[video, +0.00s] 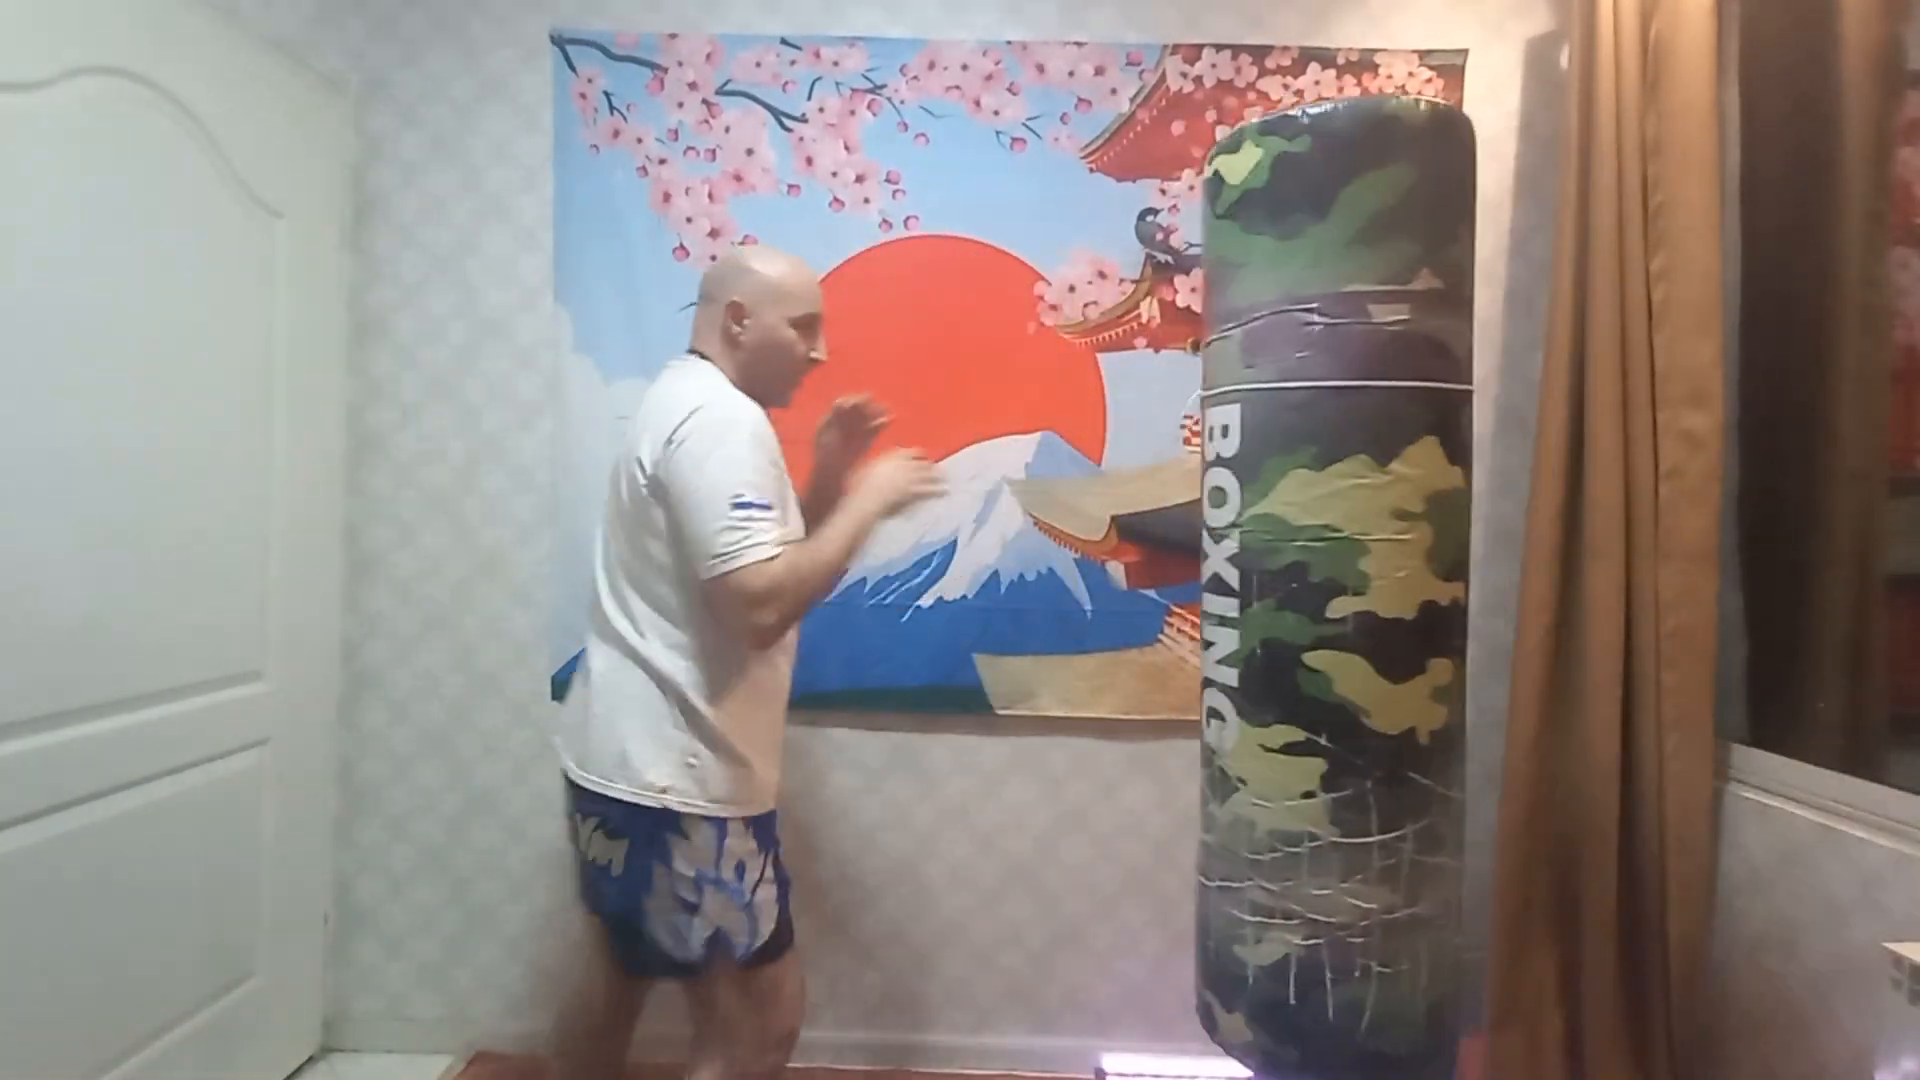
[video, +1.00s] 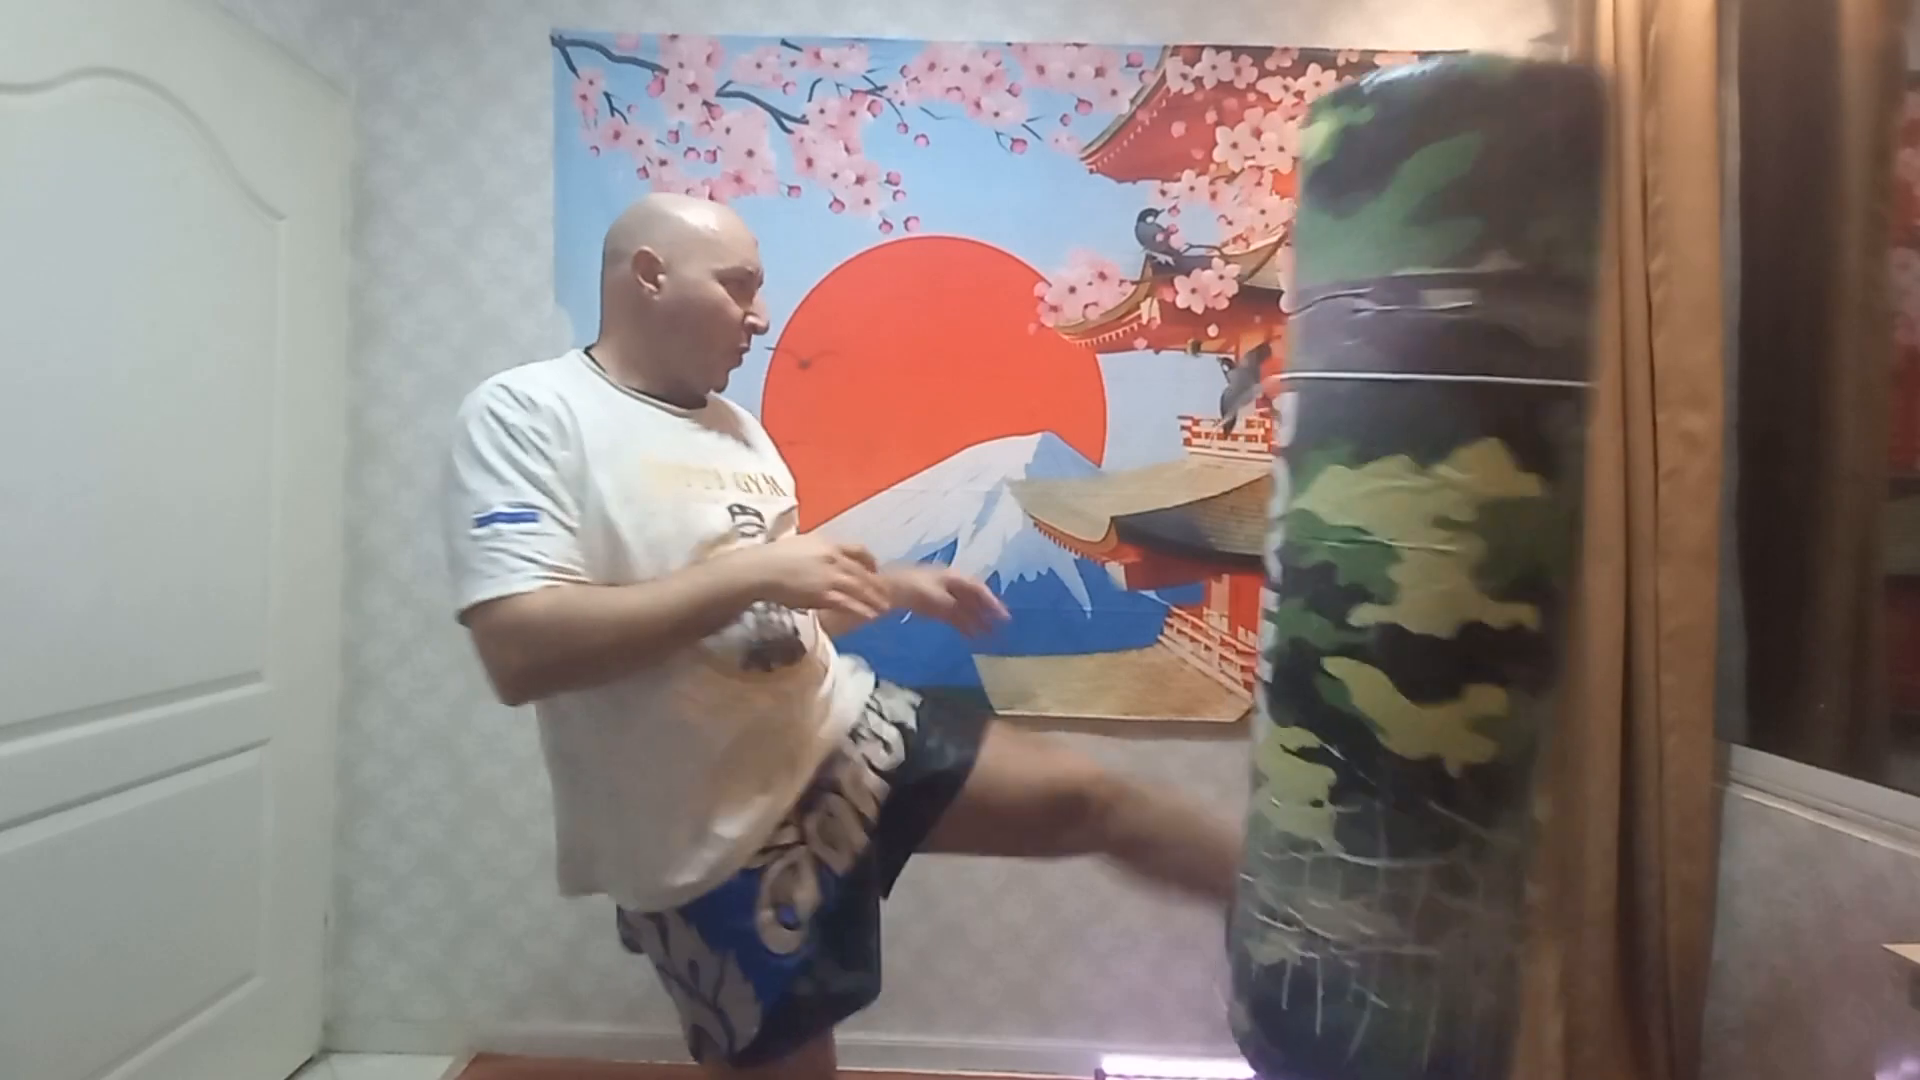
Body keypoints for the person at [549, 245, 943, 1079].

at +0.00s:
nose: (819, 350)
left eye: (818, 329)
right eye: (805, 327)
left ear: (731, 324)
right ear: (738, 321)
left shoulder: (674, 401)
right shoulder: (720, 421)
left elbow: (769, 568)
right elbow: (760, 604)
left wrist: (825, 481)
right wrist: (872, 501)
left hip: (620, 765)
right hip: (689, 786)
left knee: (612, 996)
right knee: (756, 1028)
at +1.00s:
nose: (759, 314)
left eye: (758, 289)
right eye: (739, 286)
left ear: (661, 285)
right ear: (649, 280)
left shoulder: (730, 424)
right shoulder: (520, 414)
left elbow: (765, 585)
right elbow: (519, 649)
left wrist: (900, 585)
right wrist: (753, 571)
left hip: (838, 738)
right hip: (710, 864)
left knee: (1089, 800)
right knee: (786, 1064)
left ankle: (1320, 899)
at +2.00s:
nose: (671, 322)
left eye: (673, 299)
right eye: (652, 293)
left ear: (577, 286)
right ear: (570, 282)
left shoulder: (632, 419)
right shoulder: (457, 374)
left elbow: (749, 536)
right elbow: (613, 518)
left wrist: (767, 402)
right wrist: (749, 386)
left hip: (593, 816)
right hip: (469, 839)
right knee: (518, 1063)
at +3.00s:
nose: (695, 334)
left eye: (696, 310)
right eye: (681, 308)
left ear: (596, 301)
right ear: (607, 298)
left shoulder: (504, 383)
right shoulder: (609, 388)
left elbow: (606, 537)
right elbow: (811, 460)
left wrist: (714, 472)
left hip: (461, 787)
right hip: (573, 799)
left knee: (491, 1024)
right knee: (658, 1045)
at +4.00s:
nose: (854, 295)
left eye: (848, 268)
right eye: (831, 268)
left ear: (757, 264)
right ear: (747, 265)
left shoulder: (854, 410)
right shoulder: (611, 409)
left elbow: (1019, 434)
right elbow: (516, 642)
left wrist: (1162, 356)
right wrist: (747, 680)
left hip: (858, 853)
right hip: (724, 893)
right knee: (732, 1065)